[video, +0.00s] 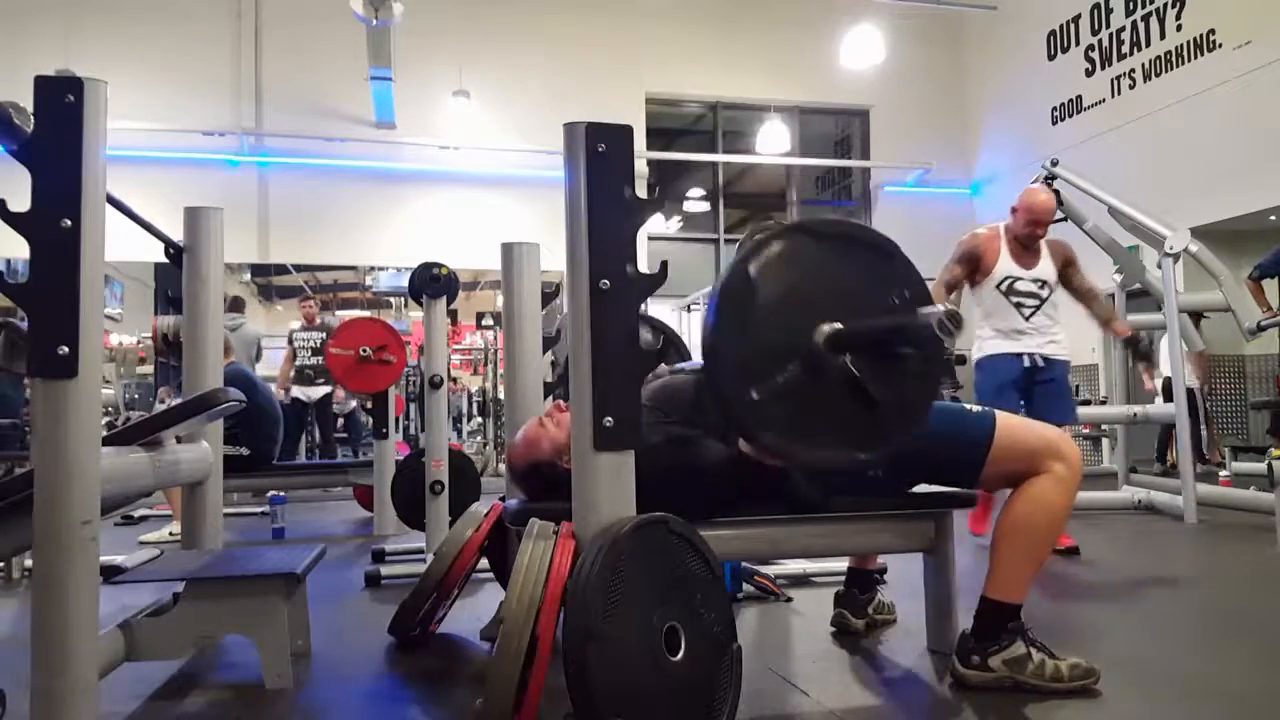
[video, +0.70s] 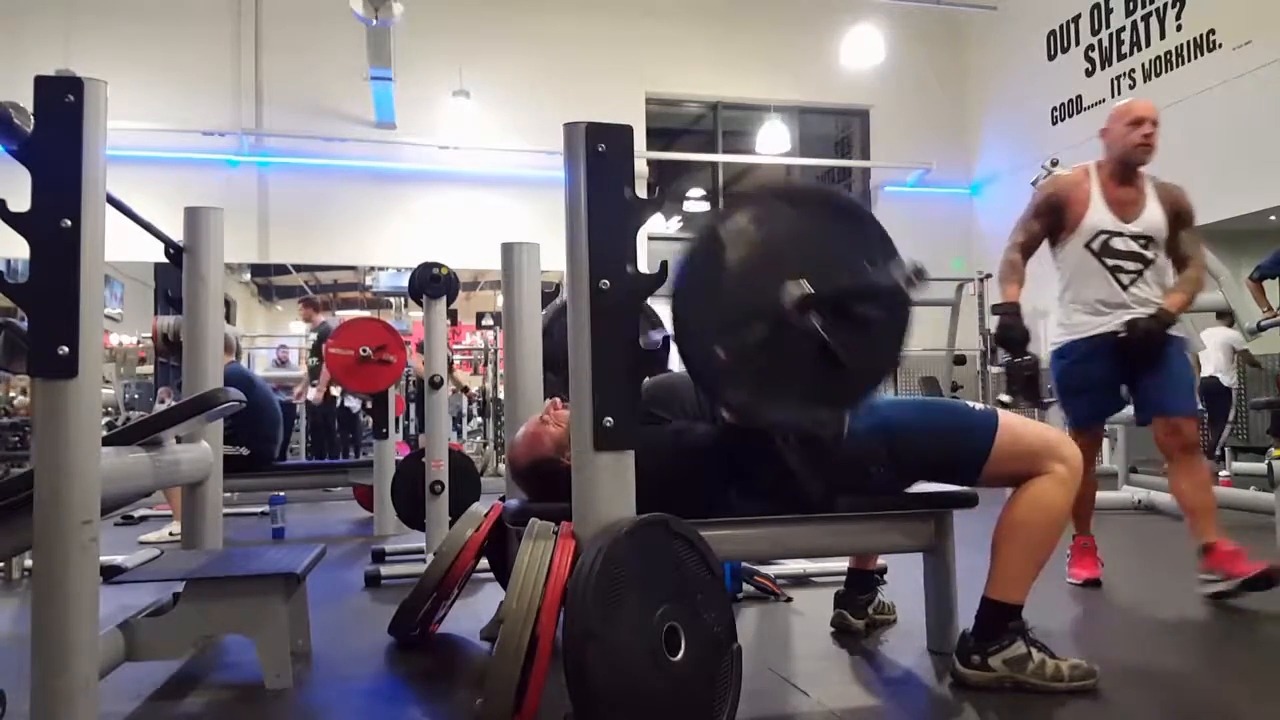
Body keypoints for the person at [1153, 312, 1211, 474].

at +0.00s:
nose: (1200, 326)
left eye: (1200, 322)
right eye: (1199, 322)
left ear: (1176, 321)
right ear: (1193, 322)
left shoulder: (1166, 337)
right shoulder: (1191, 335)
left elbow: (1163, 363)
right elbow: (1195, 359)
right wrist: (1203, 377)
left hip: (1167, 380)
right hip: (1188, 381)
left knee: (1166, 422)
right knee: (1196, 423)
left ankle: (1160, 461)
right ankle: (1200, 459)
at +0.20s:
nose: (1210, 321)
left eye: (1209, 318)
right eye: (1209, 318)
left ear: (1192, 317)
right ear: (1206, 319)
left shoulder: (1182, 332)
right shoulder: (1206, 333)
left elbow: (1177, 356)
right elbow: (1211, 356)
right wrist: (1218, 373)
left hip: (1184, 378)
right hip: (1203, 380)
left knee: (1184, 421)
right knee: (1205, 422)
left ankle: (1177, 457)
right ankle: (1203, 460)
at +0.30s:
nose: (1214, 319)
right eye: (1214, 316)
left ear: (1195, 315)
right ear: (1211, 317)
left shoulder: (1184, 331)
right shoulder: (1213, 333)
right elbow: (1222, 358)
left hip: (1185, 377)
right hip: (1206, 380)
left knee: (1186, 421)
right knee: (1205, 422)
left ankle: (1185, 460)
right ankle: (1203, 460)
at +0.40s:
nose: (1218, 319)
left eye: (1218, 316)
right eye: (1219, 317)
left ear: (1201, 315)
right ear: (1216, 317)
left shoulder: (1187, 332)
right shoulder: (1218, 334)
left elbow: (1182, 356)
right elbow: (1231, 354)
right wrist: (1243, 364)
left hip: (1189, 376)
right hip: (1208, 377)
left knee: (1202, 415)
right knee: (1209, 417)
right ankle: (1204, 457)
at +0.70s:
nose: (1234, 320)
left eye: (1233, 317)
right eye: (1233, 318)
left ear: (1217, 318)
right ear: (1230, 318)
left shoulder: (1204, 334)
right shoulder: (1232, 334)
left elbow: (1196, 357)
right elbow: (1247, 357)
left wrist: (1198, 375)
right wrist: (1258, 365)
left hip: (1205, 379)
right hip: (1223, 380)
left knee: (1212, 418)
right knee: (1224, 420)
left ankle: (1214, 453)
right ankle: (1213, 453)